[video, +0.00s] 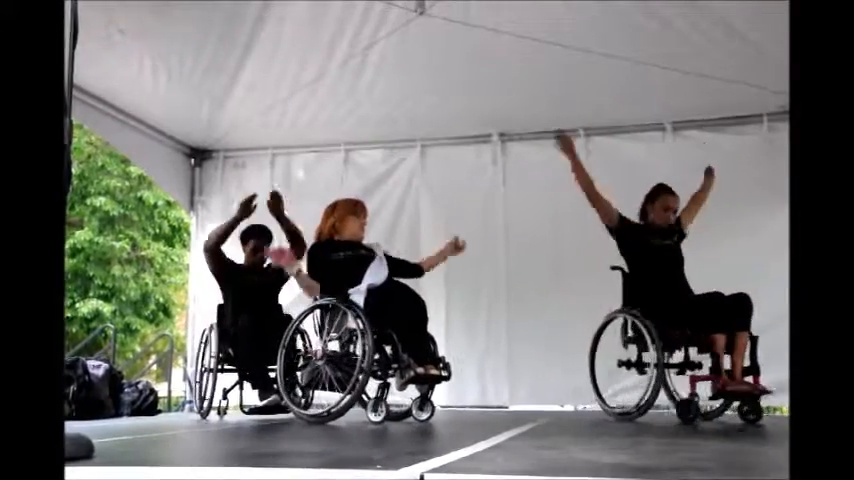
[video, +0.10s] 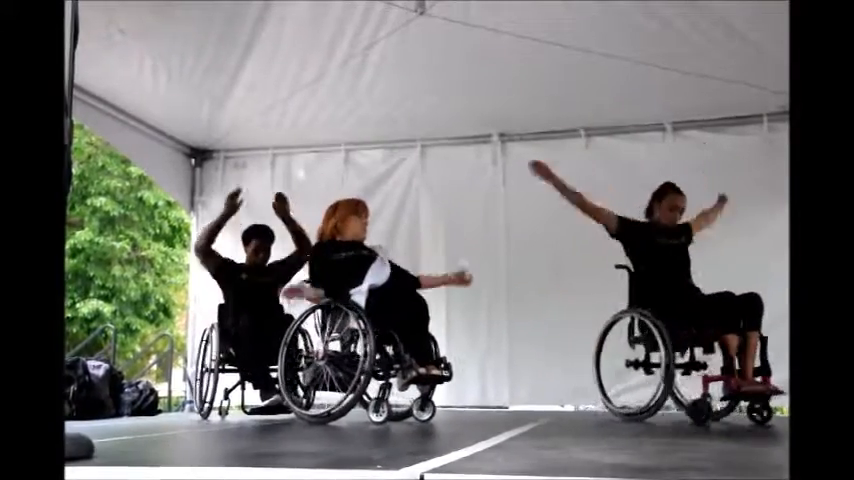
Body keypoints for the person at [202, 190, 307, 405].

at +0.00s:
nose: (262, 253)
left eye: (265, 247)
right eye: (256, 248)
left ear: (270, 249)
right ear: (244, 248)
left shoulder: (275, 275)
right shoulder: (230, 273)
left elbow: (299, 248)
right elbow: (210, 248)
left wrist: (281, 216)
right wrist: (238, 217)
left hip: (272, 334)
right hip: (241, 336)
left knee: (286, 322)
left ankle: (288, 390)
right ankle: (266, 392)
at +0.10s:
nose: (262, 255)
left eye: (266, 250)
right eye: (257, 249)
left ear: (270, 251)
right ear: (246, 247)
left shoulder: (275, 274)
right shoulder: (230, 273)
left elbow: (305, 250)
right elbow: (202, 249)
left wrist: (286, 217)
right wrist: (226, 214)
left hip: (272, 332)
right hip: (241, 334)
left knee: (288, 322)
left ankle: (290, 392)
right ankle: (268, 393)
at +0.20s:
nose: (265, 255)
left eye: (268, 250)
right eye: (259, 250)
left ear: (273, 249)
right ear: (247, 246)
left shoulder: (278, 273)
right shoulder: (229, 272)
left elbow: (312, 276)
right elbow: (188, 268)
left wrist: (317, 239)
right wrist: (190, 228)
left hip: (274, 337)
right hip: (242, 338)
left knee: (289, 322)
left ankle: (292, 391)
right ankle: (270, 393)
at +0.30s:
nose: (267, 255)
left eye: (270, 249)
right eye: (262, 250)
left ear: (274, 249)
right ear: (248, 246)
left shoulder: (277, 275)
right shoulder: (231, 273)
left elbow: (302, 292)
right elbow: (191, 285)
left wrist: (326, 281)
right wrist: (164, 257)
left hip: (273, 336)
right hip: (243, 338)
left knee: (290, 322)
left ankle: (293, 392)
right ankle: (271, 393)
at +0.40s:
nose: (266, 255)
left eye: (270, 250)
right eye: (261, 250)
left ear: (274, 248)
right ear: (248, 246)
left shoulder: (281, 280)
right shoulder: (230, 277)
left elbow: (304, 310)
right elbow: (202, 302)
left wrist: (323, 317)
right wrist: (174, 316)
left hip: (272, 338)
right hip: (240, 339)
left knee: (289, 323)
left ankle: (293, 392)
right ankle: (271, 393)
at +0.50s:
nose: (266, 254)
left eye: (269, 249)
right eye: (261, 249)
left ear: (274, 249)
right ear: (248, 246)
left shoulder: (282, 280)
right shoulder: (230, 277)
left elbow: (300, 312)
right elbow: (206, 305)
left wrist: (321, 332)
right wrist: (195, 330)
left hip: (275, 340)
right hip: (242, 341)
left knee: (293, 338)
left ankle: (293, 394)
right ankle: (271, 393)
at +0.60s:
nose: (266, 252)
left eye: (270, 247)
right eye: (261, 248)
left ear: (274, 247)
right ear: (247, 246)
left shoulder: (282, 279)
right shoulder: (230, 277)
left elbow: (302, 313)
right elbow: (207, 307)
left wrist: (321, 338)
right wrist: (209, 328)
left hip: (273, 339)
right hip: (239, 341)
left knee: (287, 324)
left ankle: (293, 391)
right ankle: (271, 394)